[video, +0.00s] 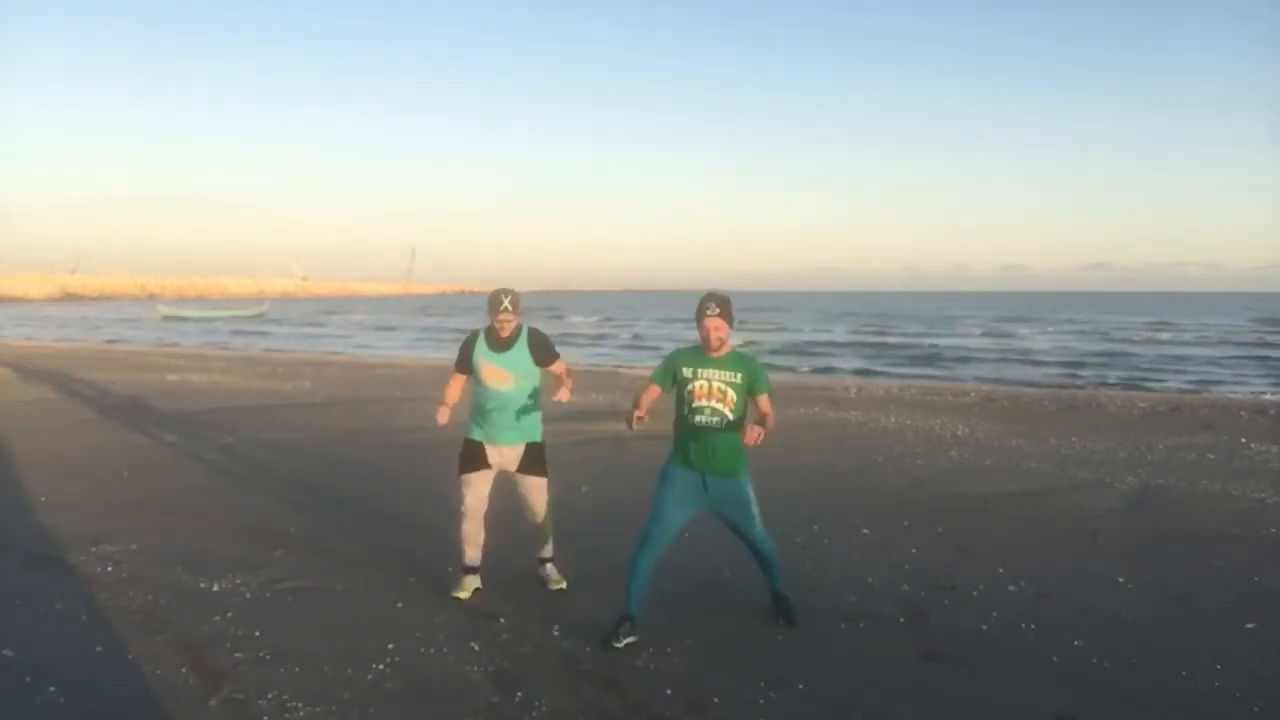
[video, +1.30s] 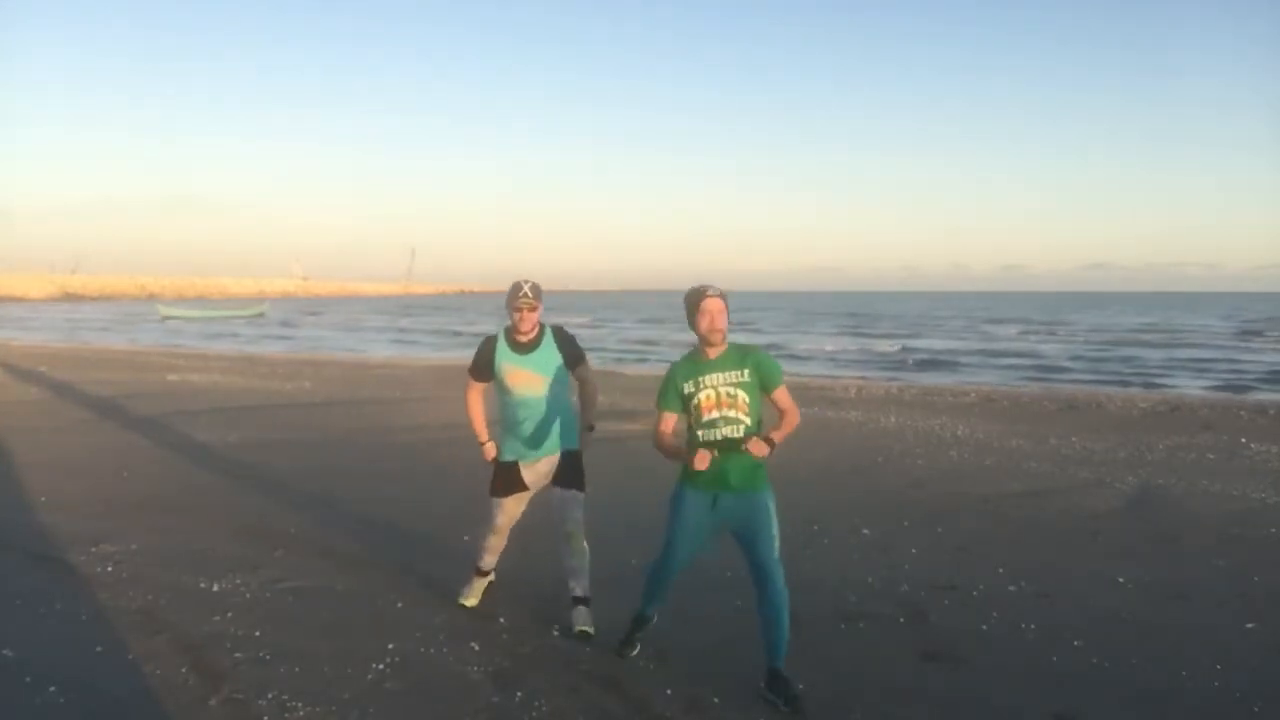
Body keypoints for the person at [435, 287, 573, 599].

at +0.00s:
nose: (504, 325)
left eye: (509, 319)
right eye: (499, 319)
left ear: (519, 316)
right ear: (490, 316)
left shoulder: (533, 339)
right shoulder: (474, 343)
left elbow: (562, 371)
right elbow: (458, 378)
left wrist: (565, 386)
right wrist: (446, 403)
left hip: (526, 440)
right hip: (481, 439)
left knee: (539, 511)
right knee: (472, 508)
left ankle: (547, 563)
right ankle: (470, 573)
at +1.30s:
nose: (524, 316)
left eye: (531, 309)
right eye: (518, 309)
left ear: (540, 310)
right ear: (508, 311)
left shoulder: (560, 340)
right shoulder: (492, 348)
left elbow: (587, 380)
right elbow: (474, 393)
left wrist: (587, 422)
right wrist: (484, 440)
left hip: (562, 450)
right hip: (514, 454)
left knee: (573, 529)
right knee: (499, 525)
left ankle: (581, 606)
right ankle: (481, 576)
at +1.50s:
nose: (548, 315)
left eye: (555, 308)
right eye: (542, 308)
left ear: (564, 308)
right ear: (532, 309)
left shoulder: (582, 343)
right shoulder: (513, 348)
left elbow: (610, 389)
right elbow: (493, 395)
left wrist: (617, 431)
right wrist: (494, 439)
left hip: (574, 454)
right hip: (527, 456)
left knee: (576, 532)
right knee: (523, 532)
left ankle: (581, 609)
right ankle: (529, 591)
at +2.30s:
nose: (536, 311)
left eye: (542, 304)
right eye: (529, 304)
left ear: (550, 304)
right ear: (516, 303)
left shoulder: (566, 339)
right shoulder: (496, 341)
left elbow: (590, 393)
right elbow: (477, 398)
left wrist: (575, 401)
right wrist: (479, 397)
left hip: (559, 458)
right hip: (508, 457)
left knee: (563, 543)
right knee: (508, 544)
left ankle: (568, 615)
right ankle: (511, 625)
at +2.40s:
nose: (529, 312)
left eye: (536, 305)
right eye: (522, 305)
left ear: (545, 305)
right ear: (510, 306)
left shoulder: (563, 340)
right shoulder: (495, 343)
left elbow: (593, 390)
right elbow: (475, 402)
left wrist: (569, 397)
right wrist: (474, 394)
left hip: (553, 459)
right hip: (502, 456)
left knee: (557, 544)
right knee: (493, 535)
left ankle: (566, 616)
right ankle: (497, 617)